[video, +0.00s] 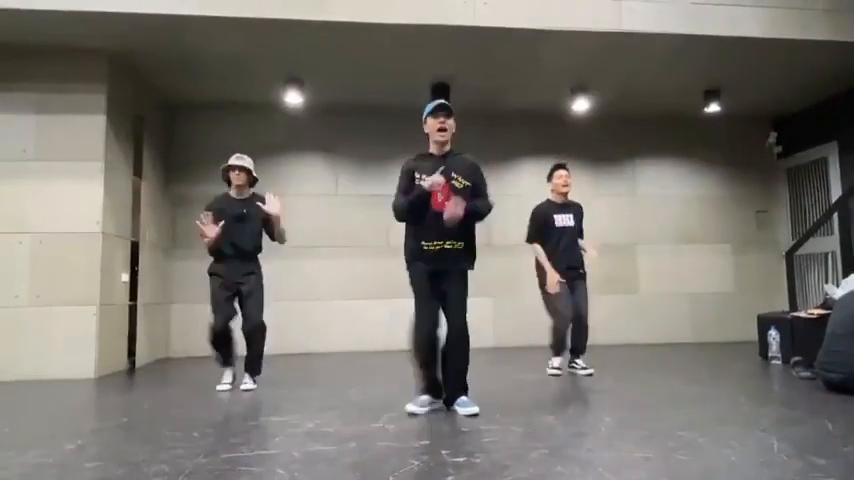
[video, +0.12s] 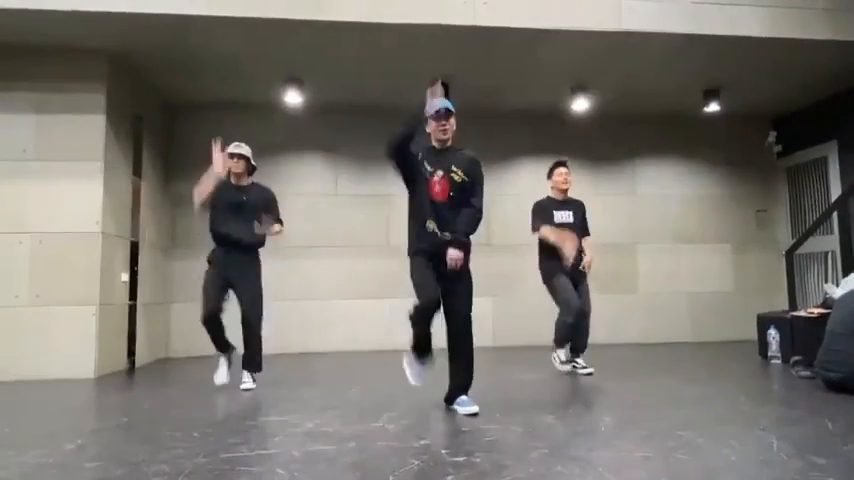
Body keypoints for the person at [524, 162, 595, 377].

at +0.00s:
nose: (565, 180)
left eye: (567, 177)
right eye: (559, 177)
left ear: (571, 182)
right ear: (550, 184)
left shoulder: (576, 208)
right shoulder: (541, 210)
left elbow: (577, 237)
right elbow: (534, 243)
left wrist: (586, 247)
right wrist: (549, 271)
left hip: (576, 271)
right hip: (552, 272)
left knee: (581, 315)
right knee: (563, 315)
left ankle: (576, 358)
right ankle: (556, 356)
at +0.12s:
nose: (565, 178)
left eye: (567, 174)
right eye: (560, 175)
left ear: (571, 179)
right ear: (551, 180)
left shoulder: (577, 205)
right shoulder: (541, 206)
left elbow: (584, 236)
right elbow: (540, 231)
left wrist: (588, 254)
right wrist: (563, 241)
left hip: (576, 265)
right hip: (552, 266)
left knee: (584, 308)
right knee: (571, 305)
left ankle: (576, 356)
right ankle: (560, 349)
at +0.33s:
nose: (563, 173)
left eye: (564, 170)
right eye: (558, 171)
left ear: (568, 174)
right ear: (550, 176)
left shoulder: (580, 201)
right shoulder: (541, 198)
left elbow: (585, 233)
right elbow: (546, 192)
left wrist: (583, 253)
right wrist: (546, 165)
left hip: (571, 258)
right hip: (548, 253)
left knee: (577, 310)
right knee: (549, 274)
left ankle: (574, 356)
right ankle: (550, 302)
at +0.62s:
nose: (557, 173)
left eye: (559, 170)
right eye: (552, 170)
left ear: (563, 174)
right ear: (543, 175)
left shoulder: (572, 203)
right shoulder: (533, 201)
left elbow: (571, 232)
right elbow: (529, 232)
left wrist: (574, 246)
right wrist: (548, 241)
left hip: (566, 265)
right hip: (540, 266)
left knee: (573, 307)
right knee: (534, 312)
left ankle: (574, 354)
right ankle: (529, 356)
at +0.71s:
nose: (556, 171)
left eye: (558, 168)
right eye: (551, 168)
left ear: (562, 173)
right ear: (541, 175)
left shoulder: (570, 202)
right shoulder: (531, 201)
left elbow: (568, 230)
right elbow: (529, 232)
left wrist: (572, 245)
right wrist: (550, 239)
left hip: (564, 263)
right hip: (538, 265)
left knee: (571, 307)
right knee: (533, 310)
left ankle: (574, 353)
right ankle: (529, 355)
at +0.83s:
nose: (555, 174)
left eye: (557, 170)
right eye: (550, 170)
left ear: (561, 174)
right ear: (540, 175)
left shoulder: (568, 201)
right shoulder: (529, 201)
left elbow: (570, 229)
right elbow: (528, 231)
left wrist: (572, 242)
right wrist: (550, 236)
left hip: (563, 265)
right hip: (536, 267)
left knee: (574, 306)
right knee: (531, 311)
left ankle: (579, 351)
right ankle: (525, 354)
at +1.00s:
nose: (554, 171)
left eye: (555, 168)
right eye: (549, 168)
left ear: (558, 173)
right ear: (538, 174)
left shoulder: (565, 197)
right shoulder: (528, 198)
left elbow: (569, 225)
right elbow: (523, 229)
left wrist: (570, 240)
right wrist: (544, 235)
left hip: (561, 263)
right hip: (535, 266)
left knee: (578, 305)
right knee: (525, 310)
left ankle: (587, 350)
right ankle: (509, 352)